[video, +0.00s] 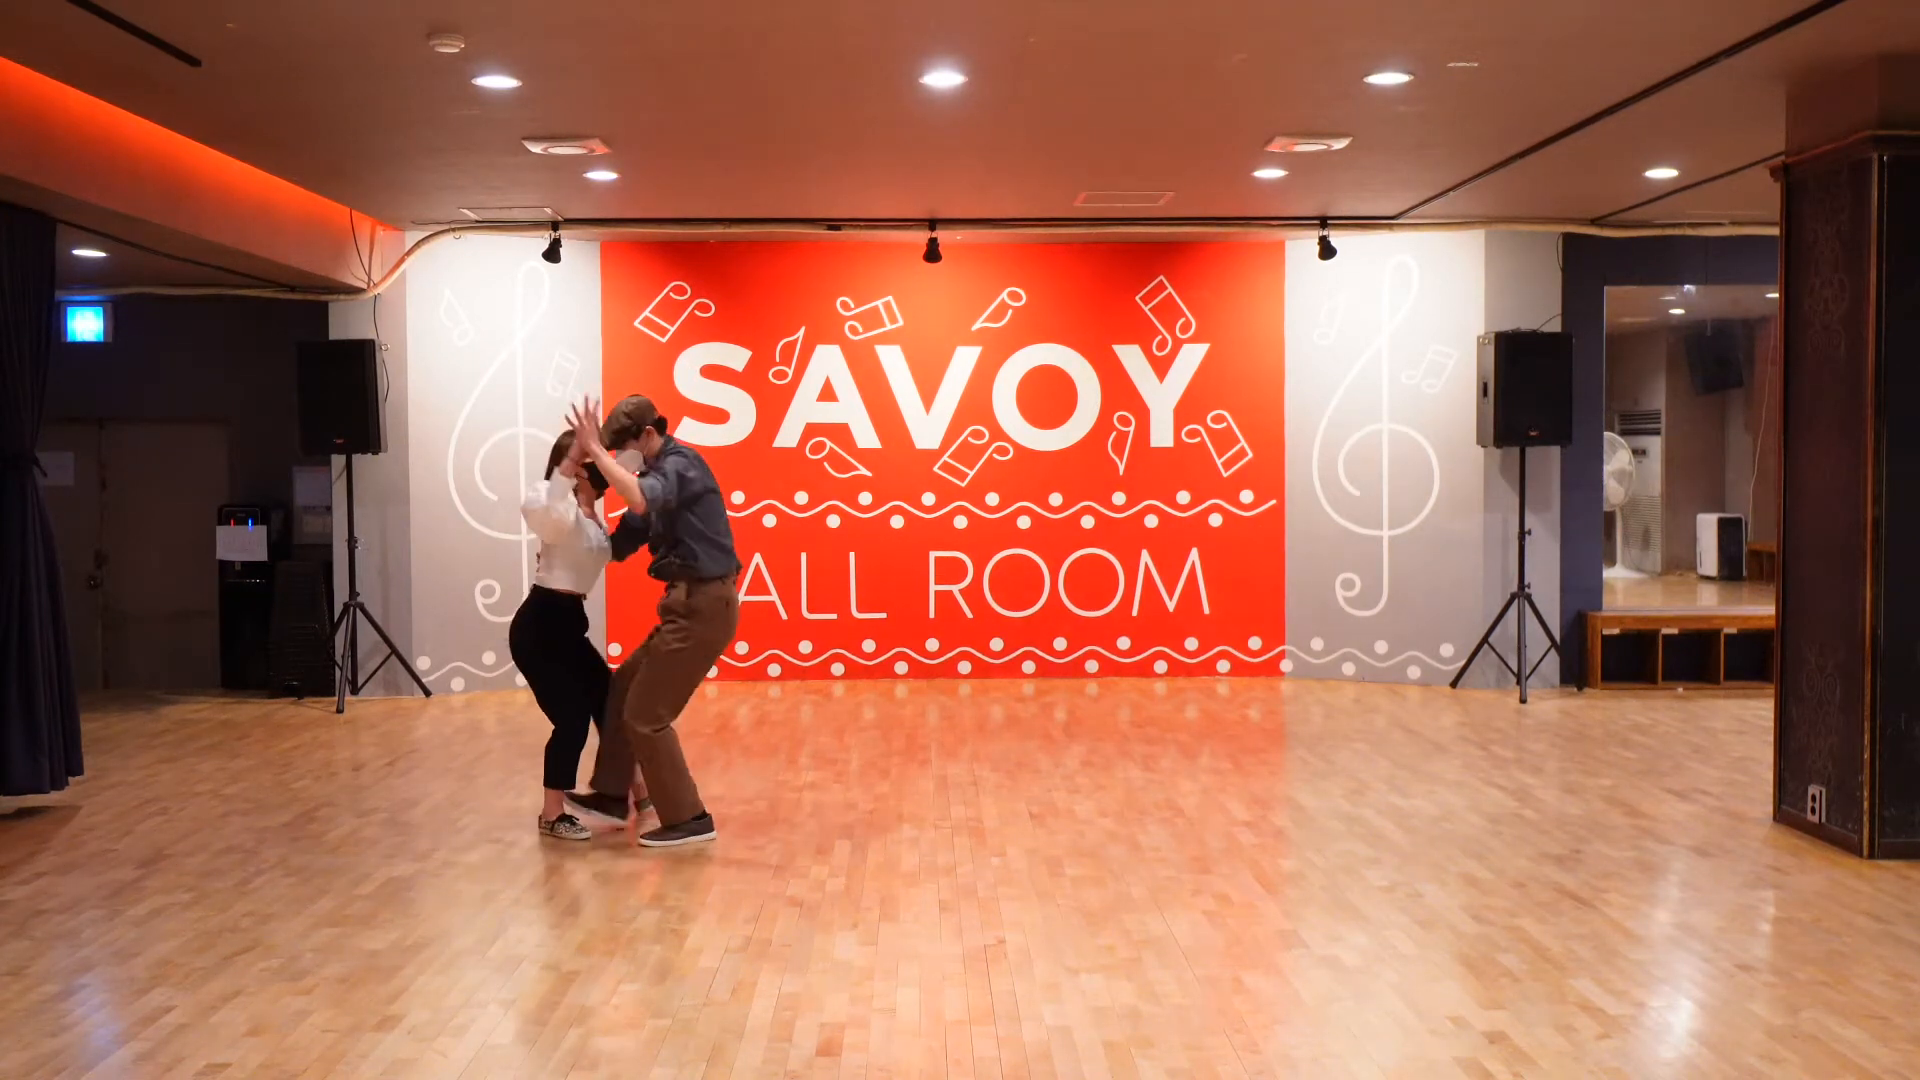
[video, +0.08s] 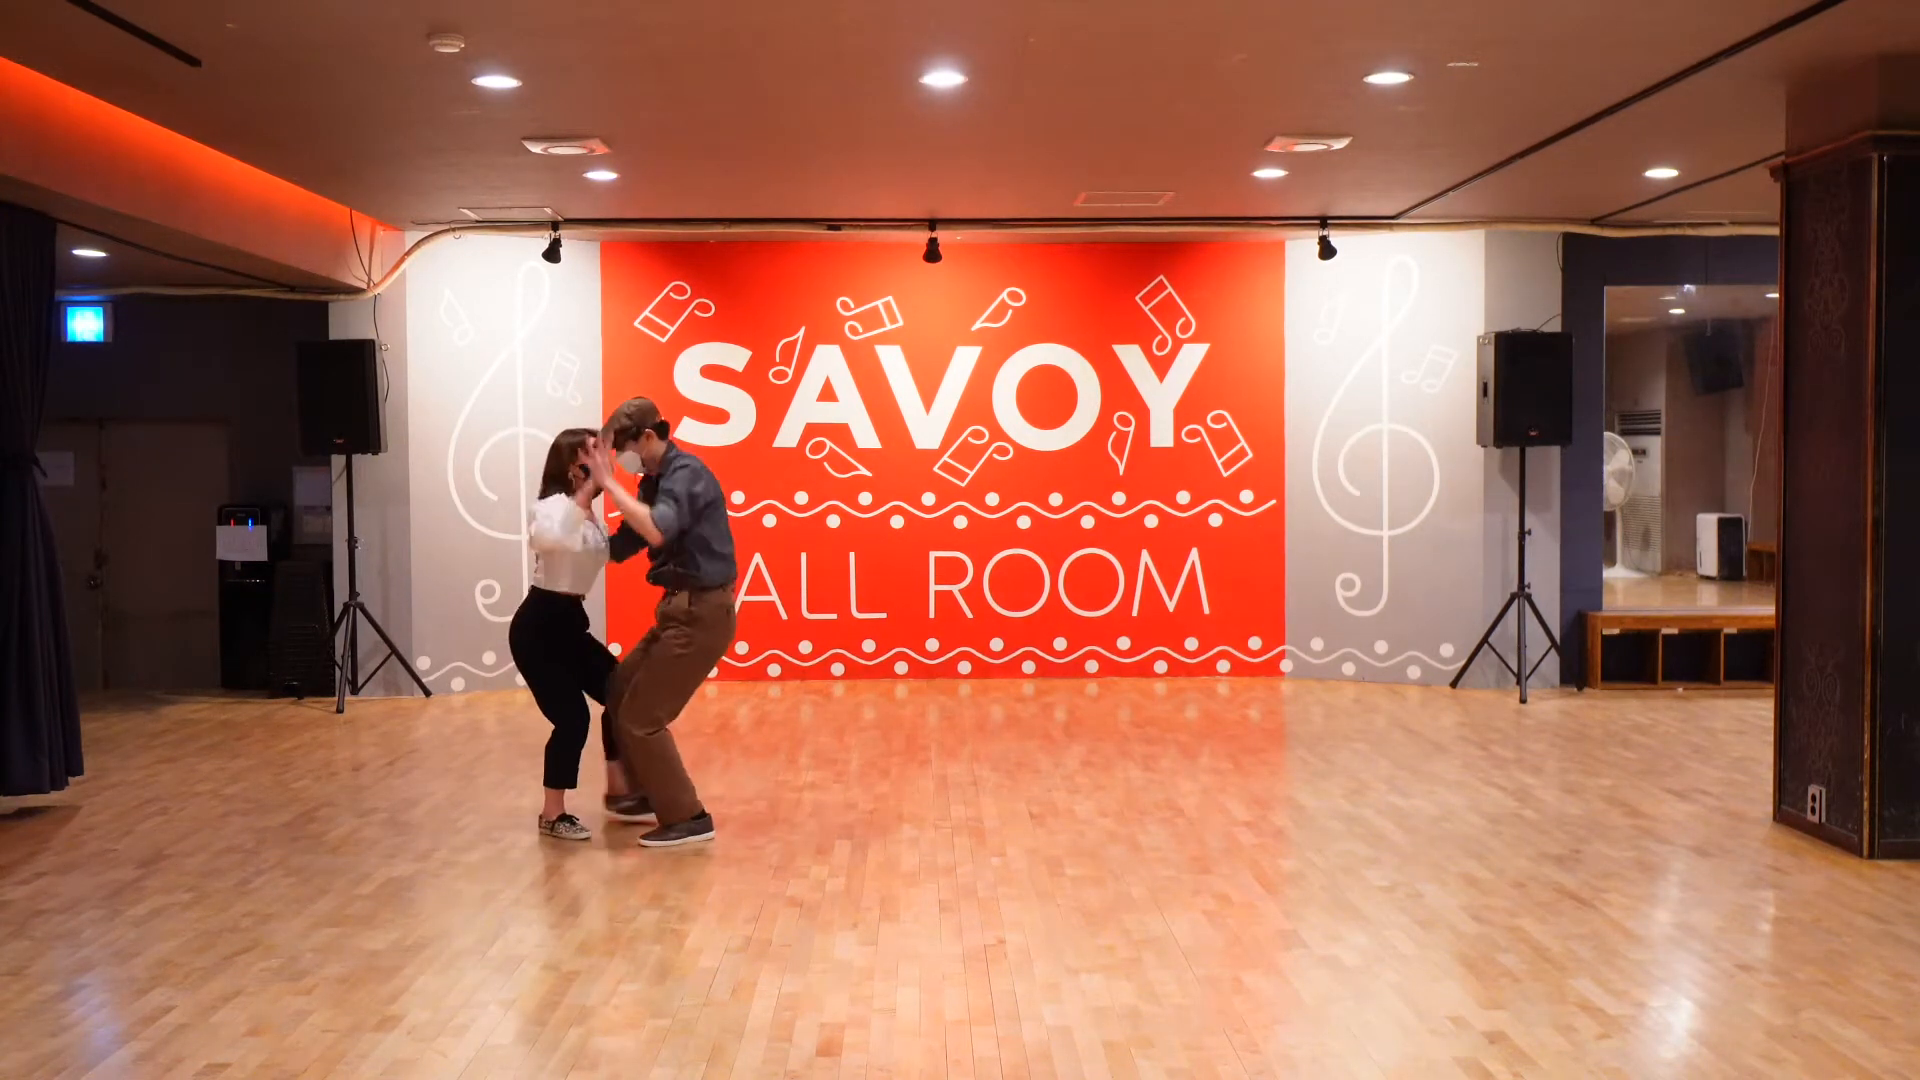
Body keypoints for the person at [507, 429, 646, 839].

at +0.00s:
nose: (593, 476)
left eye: (594, 466)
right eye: (584, 466)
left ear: (592, 474)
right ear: (565, 471)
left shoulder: (595, 520)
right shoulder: (555, 512)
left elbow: (625, 472)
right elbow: (552, 517)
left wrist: (628, 442)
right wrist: (570, 463)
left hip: (569, 627)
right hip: (539, 627)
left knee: (613, 703)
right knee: (571, 716)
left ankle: (631, 788)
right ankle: (552, 814)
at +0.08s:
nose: (609, 467)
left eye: (607, 458)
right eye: (599, 458)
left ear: (581, 468)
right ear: (576, 466)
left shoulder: (590, 519)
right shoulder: (552, 507)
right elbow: (551, 540)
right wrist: (586, 492)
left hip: (569, 628)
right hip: (537, 628)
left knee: (622, 693)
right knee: (572, 718)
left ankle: (621, 792)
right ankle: (552, 814)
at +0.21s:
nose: (599, 467)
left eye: (598, 460)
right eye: (589, 462)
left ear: (582, 472)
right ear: (567, 473)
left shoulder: (593, 521)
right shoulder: (547, 520)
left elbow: (600, 578)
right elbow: (553, 579)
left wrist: (640, 589)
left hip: (573, 630)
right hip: (538, 633)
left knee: (614, 706)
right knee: (571, 718)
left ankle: (595, 795)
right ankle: (552, 815)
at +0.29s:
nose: (594, 468)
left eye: (596, 461)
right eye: (585, 463)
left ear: (597, 466)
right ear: (564, 474)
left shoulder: (598, 516)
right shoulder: (546, 522)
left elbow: (615, 560)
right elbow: (544, 582)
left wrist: (654, 561)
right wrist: (584, 593)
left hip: (574, 626)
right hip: (538, 630)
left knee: (613, 704)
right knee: (567, 714)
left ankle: (596, 795)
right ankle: (552, 814)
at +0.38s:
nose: (591, 466)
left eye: (592, 459)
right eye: (582, 460)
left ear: (591, 465)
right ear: (560, 470)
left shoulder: (596, 511)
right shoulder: (541, 519)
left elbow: (622, 555)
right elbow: (549, 582)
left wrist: (661, 537)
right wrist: (583, 627)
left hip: (576, 619)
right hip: (536, 624)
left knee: (611, 701)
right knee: (558, 709)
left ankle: (595, 796)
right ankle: (546, 806)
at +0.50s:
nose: (580, 467)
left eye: (581, 460)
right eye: (571, 461)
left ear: (579, 467)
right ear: (549, 471)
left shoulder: (586, 512)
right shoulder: (527, 529)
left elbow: (616, 550)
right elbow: (531, 598)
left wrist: (644, 511)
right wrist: (543, 656)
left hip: (570, 615)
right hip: (528, 622)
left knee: (605, 700)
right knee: (547, 707)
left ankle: (596, 796)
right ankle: (518, 798)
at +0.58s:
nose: (568, 471)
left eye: (571, 464)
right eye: (559, 465)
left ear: (572, 469)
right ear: (538, 474)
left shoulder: (573, 514)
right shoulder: (517, 532)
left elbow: (606, 549)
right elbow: (506, 598)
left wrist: (633, 512)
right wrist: (506, 654)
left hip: (565, 621)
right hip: (525, 630)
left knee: (603, 701)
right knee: (537, 715)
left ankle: (596, 798)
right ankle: (510, 811)